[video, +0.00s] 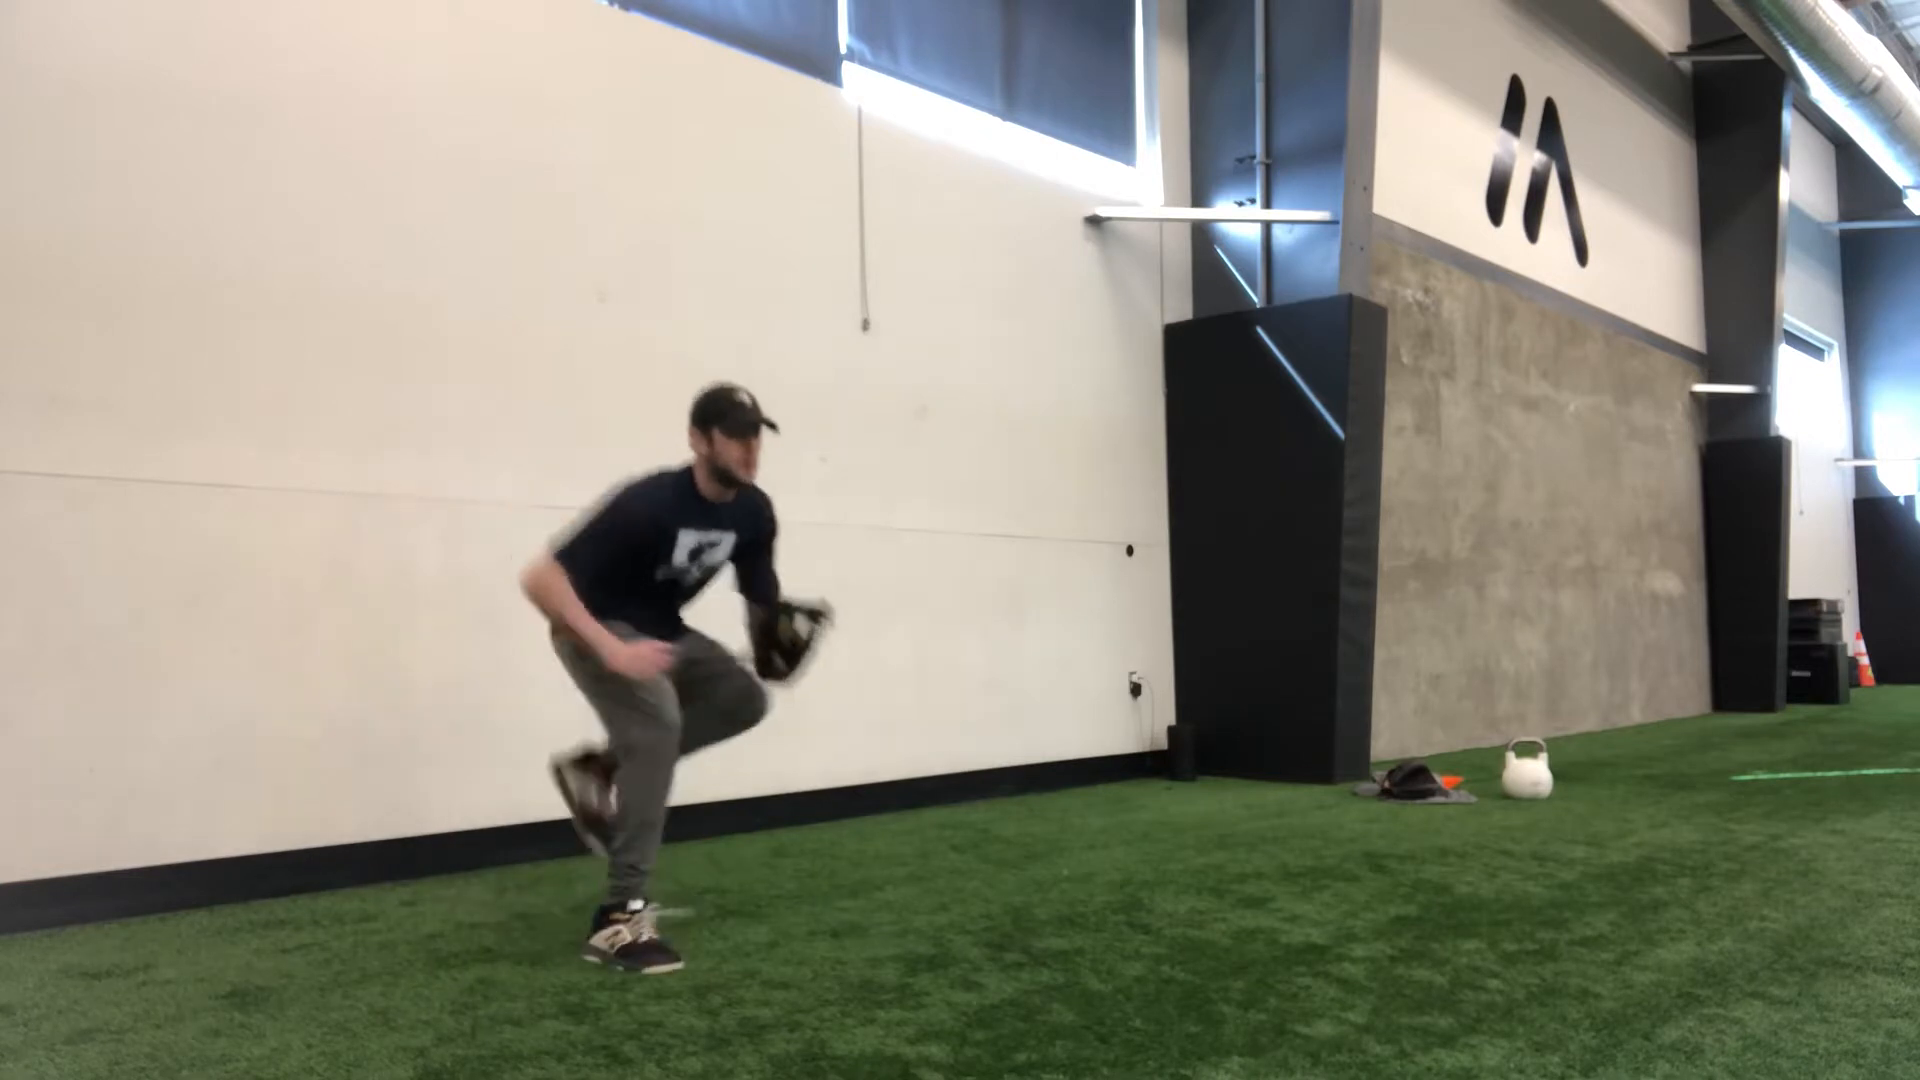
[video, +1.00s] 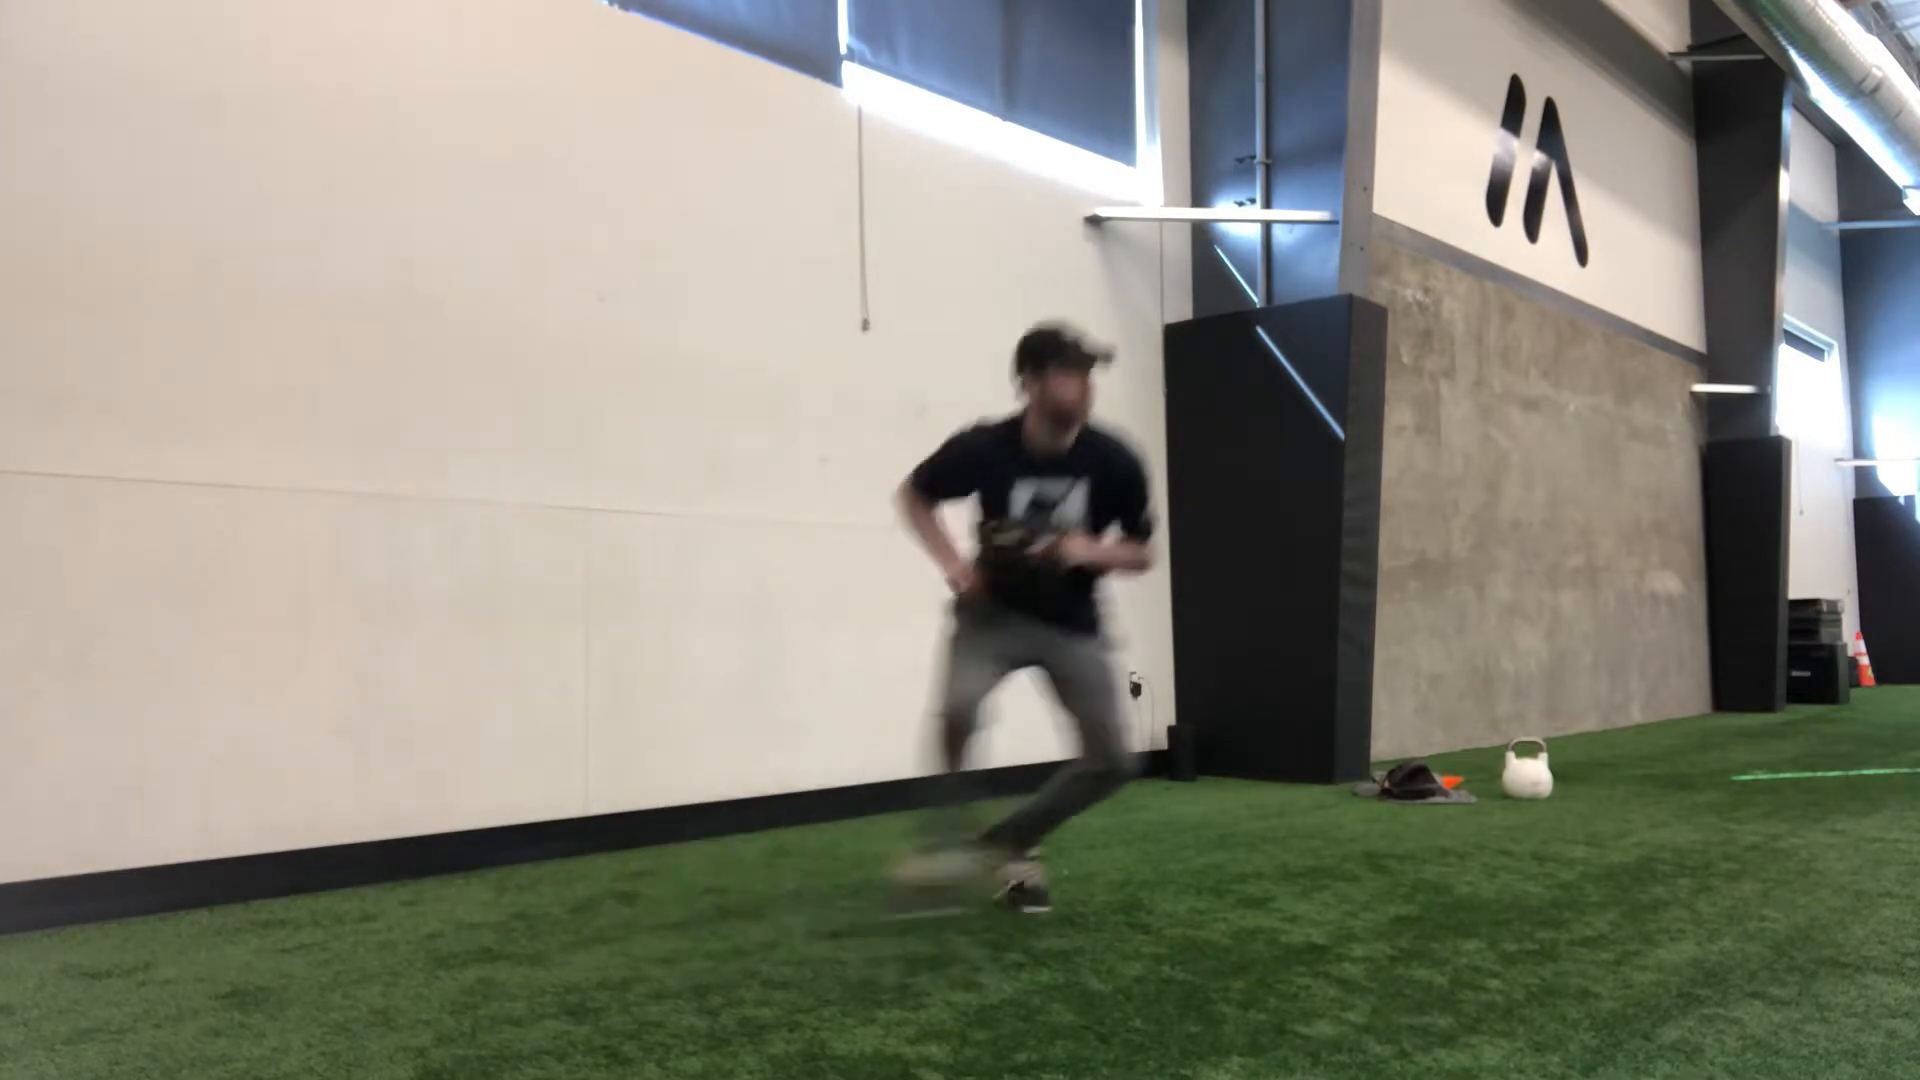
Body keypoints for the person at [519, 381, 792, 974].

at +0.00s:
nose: (752, 453)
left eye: (756, 440)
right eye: (739, 441)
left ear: (757, 441)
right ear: (701, 441)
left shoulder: (752, 512)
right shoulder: (647, 502)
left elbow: (762, 601)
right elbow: (541, 578)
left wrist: (771, 647)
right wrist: (611, 649)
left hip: (660, 631)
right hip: (596, 631)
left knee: (740, 700)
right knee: (653, 732)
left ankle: (603, 775)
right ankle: (622, 915)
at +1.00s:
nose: (1083, 388)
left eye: (1086, 376)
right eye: (1070, 377)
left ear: (1090, 381)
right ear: (1033, 382)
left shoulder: (1112, 462)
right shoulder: (987, 447)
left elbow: (1141, 551)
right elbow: (912, 495)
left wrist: (1091, 552)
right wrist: (953, 565)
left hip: (1071, 628)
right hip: (992, 618)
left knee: (1111, 759)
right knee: (958, 713)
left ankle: (1004, 846)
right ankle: (944, 836)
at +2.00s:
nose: (1250, 332)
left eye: (1253, 319)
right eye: (1233, 322)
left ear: (1261, 328)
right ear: (1196, 337)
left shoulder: (1304, 408)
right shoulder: (1180, 433)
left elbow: (1402, 485)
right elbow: (1168, 533)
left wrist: (1332, 420)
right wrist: (1185, 559)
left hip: (1344, 638)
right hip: (1240, 643)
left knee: (1448, 764)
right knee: (1187, 763)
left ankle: (1587, 922)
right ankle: (1226, 888)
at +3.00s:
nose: (781, 351)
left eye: (785, 341)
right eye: (769, 341)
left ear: (789, 348)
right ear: (739, 348)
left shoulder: (795, 419)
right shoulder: (693, 411)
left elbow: (790, 480)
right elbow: (620, 458)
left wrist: (786, 519)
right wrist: (662, 527)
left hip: (749, 594)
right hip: (683, 596)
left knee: (788, 701)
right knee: (675, 725)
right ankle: (648, 858)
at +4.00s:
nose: (626, 445)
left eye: (632, 434)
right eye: (613, 434)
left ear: (638, 438)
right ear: (582, 438)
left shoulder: (639, 495)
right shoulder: (533, 485)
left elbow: (626, 528)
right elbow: (437, 499)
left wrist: (609, 568)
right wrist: (480, 570)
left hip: (564, 614)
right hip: (495, 608)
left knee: (596, 699)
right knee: (499, 715)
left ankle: (549, 826)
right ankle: (463, 853)